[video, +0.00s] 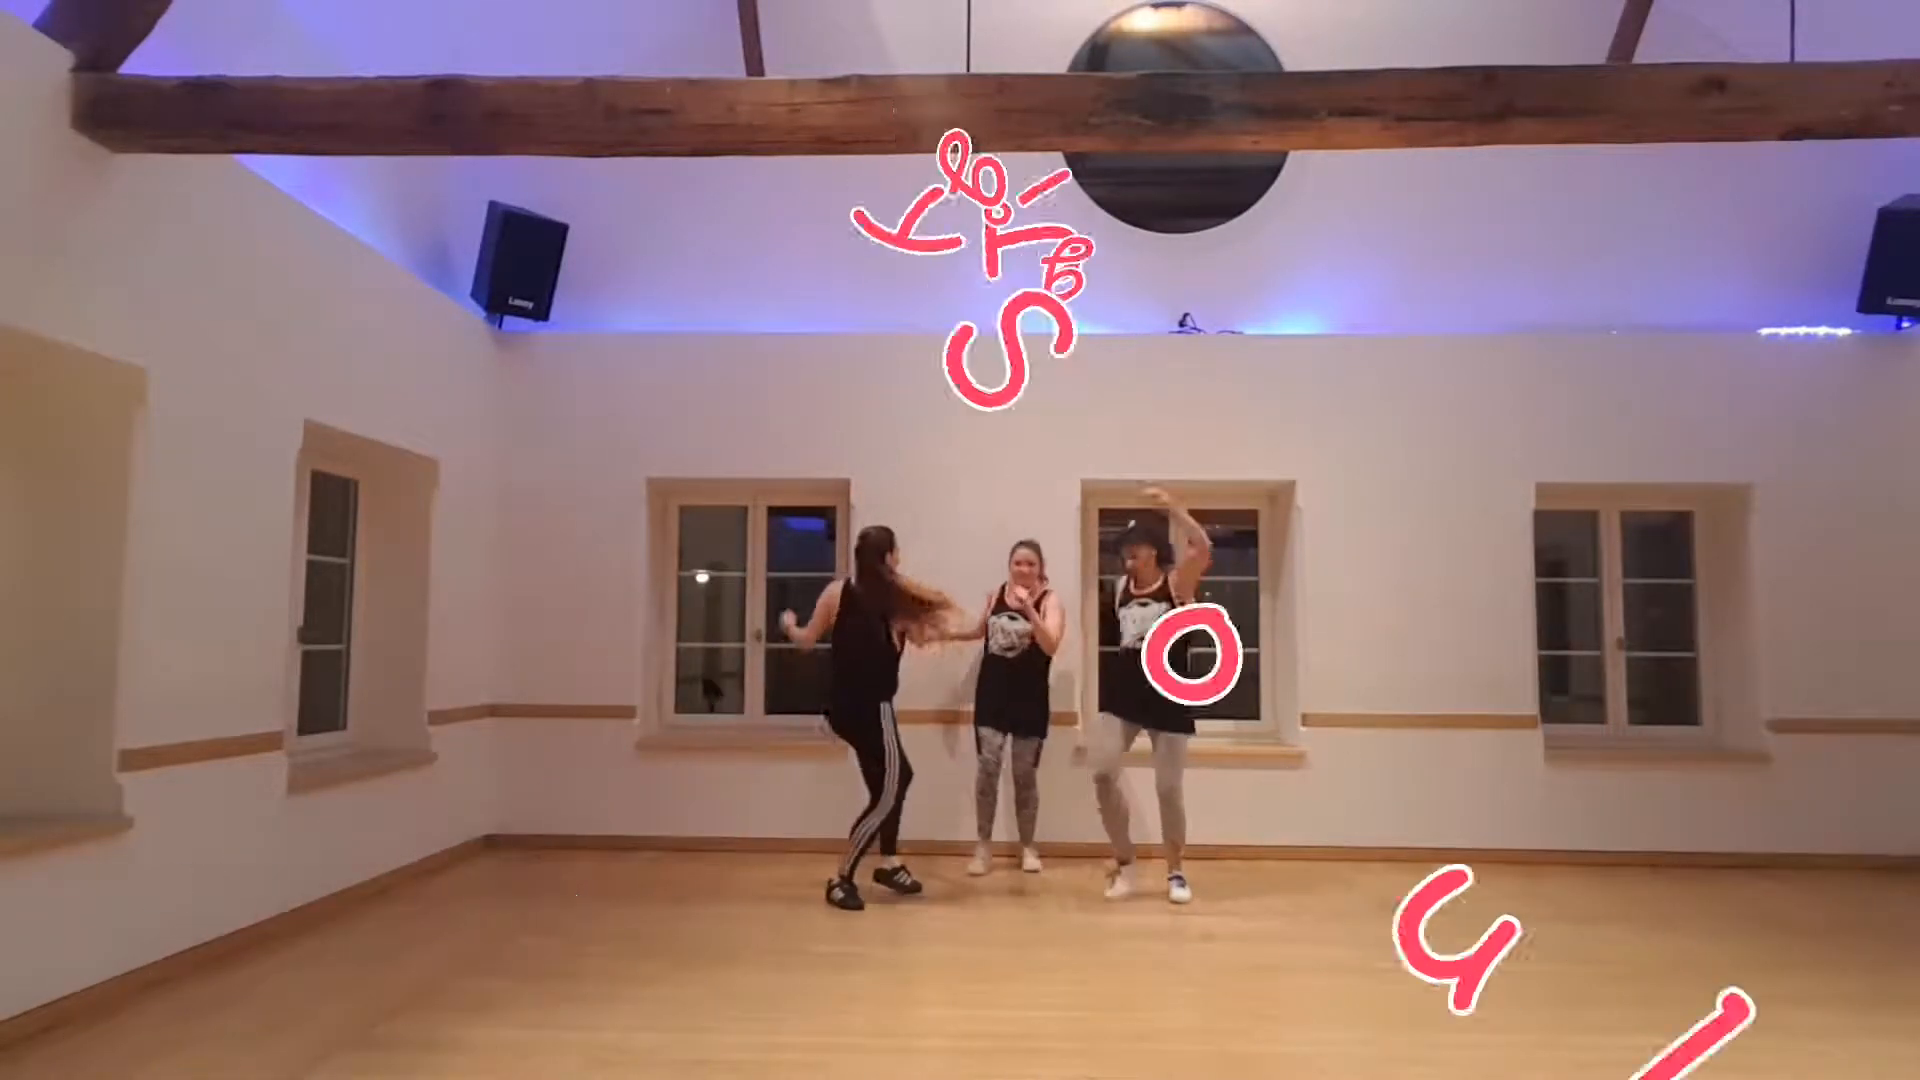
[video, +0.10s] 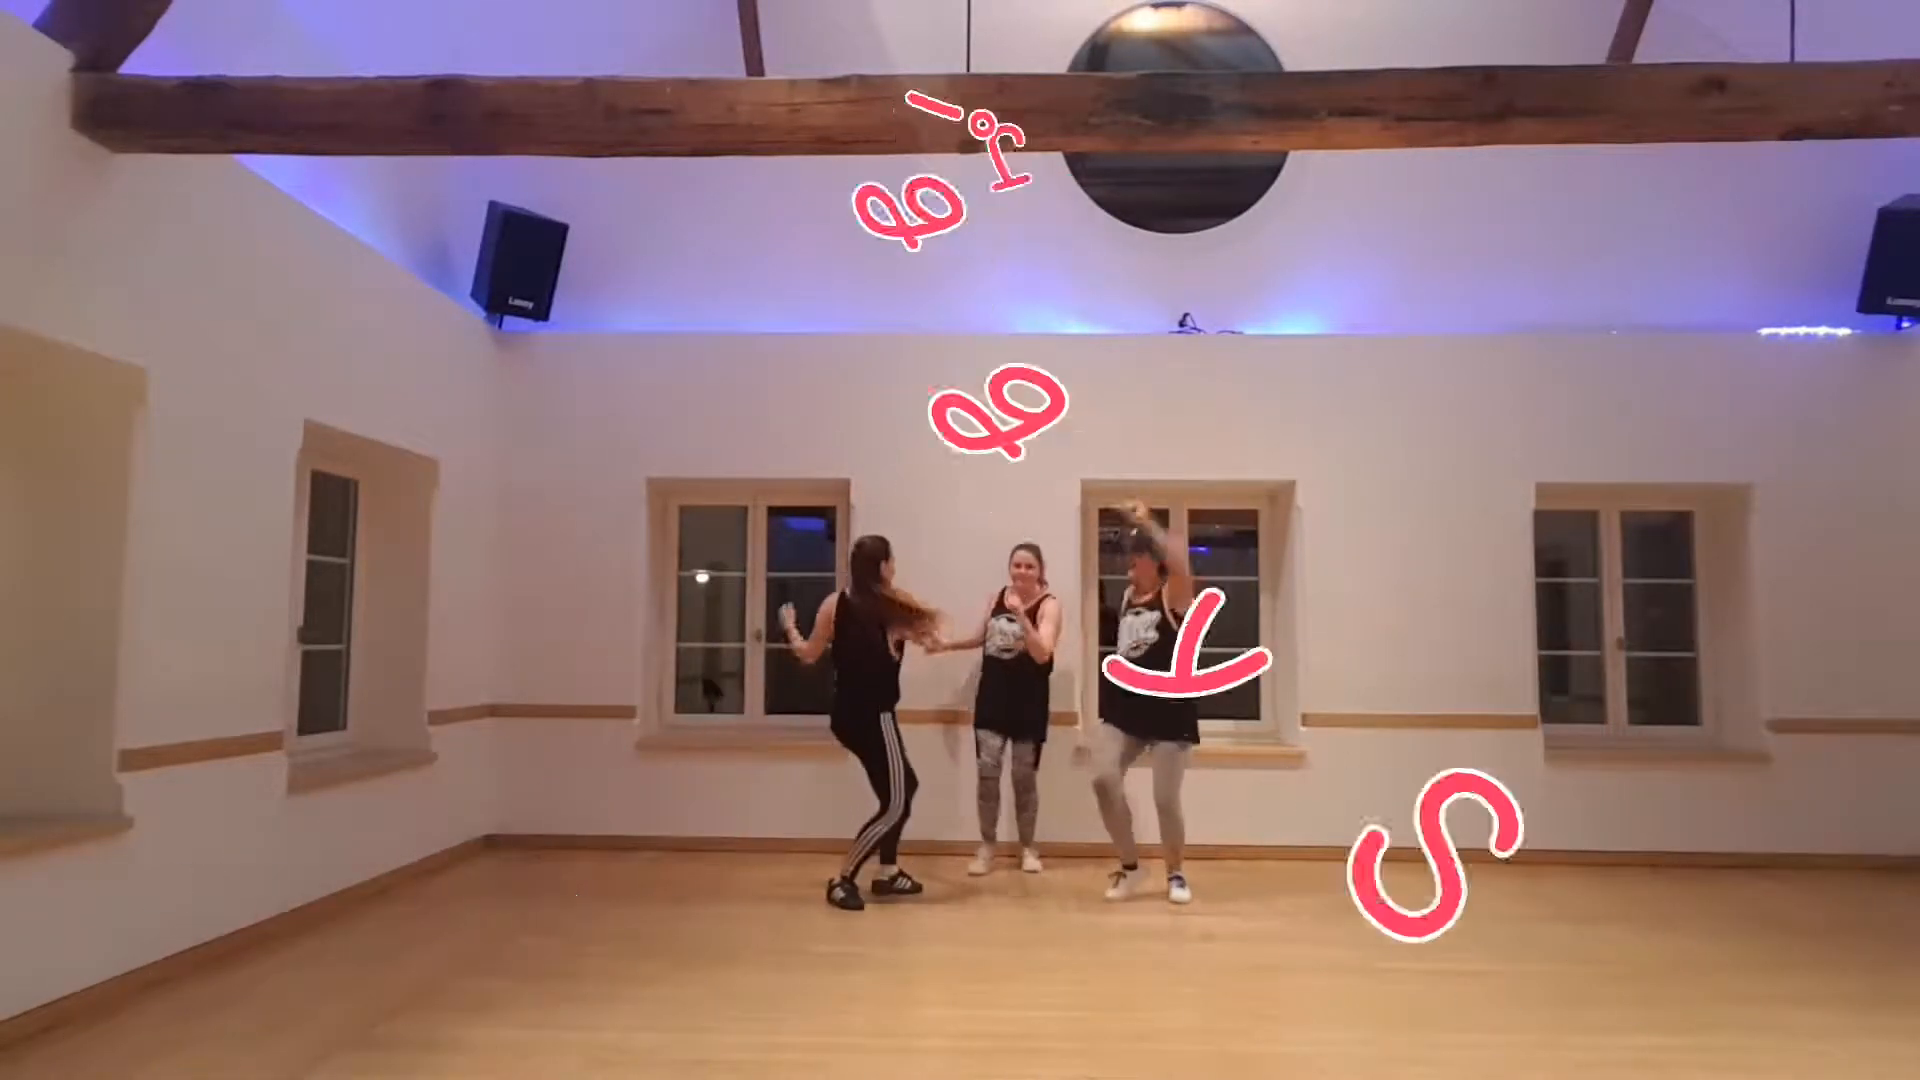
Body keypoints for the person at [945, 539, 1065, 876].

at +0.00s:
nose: (1023, 569)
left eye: (1029, 564)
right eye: (1018, 563)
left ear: (1041, 568)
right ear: (1009, 566)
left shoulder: (1049, 601)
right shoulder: (998, 596)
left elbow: (1051, 644)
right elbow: (979, 631)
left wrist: (1028, 611)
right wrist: (941, 634)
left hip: (1030, 696)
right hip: (992, 693)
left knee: (1023, 771)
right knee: (988, 767)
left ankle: (1028, 846)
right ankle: (983, 844)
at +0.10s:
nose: (1021, 572)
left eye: (1028, 566)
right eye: (1017, 566)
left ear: (1040, 571)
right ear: (1009, 569)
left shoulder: (1049, 604)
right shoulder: (998, 599)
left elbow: (1043, 655)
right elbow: (980, 639)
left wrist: (1023, 618)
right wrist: (945, 645)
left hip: (1029, 699)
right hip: (992, 696)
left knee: (1024, 774)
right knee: (987, 770)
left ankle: (1028, 847)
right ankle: (987, 845)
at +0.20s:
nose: (1018, 572)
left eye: (1025, 567)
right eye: (1013, 566)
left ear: (1039, 573)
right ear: (1007, 570)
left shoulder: (1046, 607)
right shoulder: (999, 601)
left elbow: (1032, 654)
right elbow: (983, 645)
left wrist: (1010, 618)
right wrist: (946, 653)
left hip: (1027, 702)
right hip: (991, 698)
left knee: (1023, 775)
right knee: (979, 769)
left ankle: (1028, 848)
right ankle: (985, 846)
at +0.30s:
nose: (1013, 569)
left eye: (1020, 564)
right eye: (1008, 563)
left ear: (1033, 569)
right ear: (1001, 568)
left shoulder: (1041, 599)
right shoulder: (996, 599)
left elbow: (1031, 637)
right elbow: (979, 642)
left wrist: (1002, 606)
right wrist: (938, 647)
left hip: (1025, 698)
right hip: (989, 695)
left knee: (1024, 774)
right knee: (967, 764)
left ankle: (1029, 848)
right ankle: (977, 843)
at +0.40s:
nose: (1006, 561)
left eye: (1013, 556)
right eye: (1002, 556)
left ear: (1026, 562)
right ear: (995, 561)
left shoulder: (1035, 590)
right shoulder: (991, 593)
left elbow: (1030, 612)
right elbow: (973, 634)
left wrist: (991, 597)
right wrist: (934, 638)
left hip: (1022, 694)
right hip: (984, 691)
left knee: (1025, 769)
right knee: (961, 761)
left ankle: (1030, 845)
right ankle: (961, 841)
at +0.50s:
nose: (998, 557)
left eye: (1005, 552)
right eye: (994, 552)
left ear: (1018, 559)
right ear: (986, 558)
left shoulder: (1027, 585)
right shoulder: (981, 590)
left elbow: (1022, 601)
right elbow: (961, 632)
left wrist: (996, 609)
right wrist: (921, 634)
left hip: (1014, 692)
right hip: (974, 690)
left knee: (1027, 767)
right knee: (957, 767)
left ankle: (1033, 842)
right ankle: (947, 843)